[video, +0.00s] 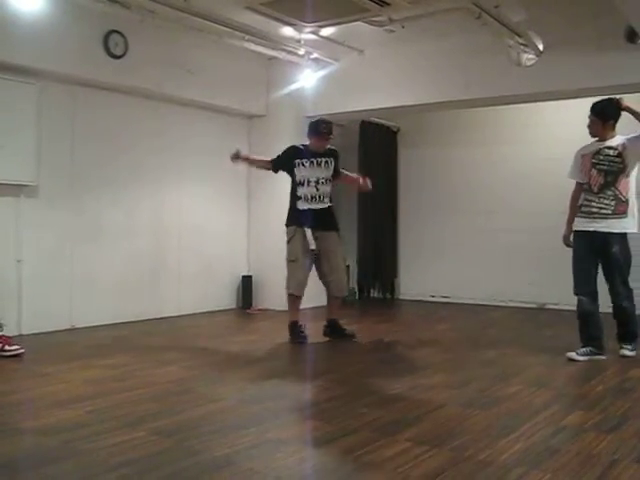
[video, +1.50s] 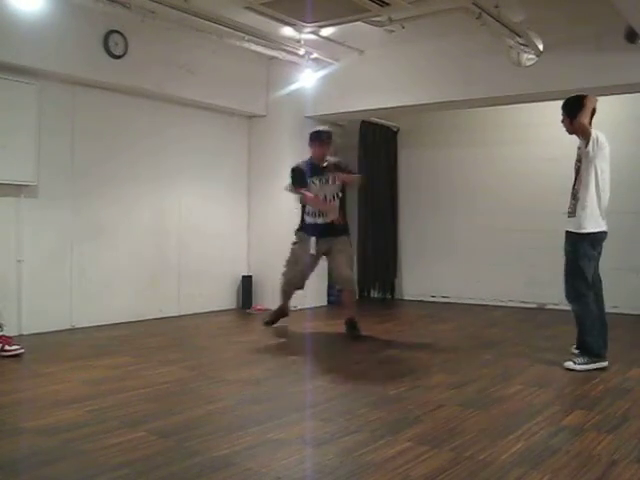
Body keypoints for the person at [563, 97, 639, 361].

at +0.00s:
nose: (588, 124)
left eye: (592, 120)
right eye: (589, 119)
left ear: (607, 122)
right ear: (603, 122)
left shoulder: (627, 148)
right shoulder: (584, 152)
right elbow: (578, 191)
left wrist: (628, 108)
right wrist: (569, 227)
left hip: (614, 232)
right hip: (583, 231)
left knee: (619, 289)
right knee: (585, 292)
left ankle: (629, 340)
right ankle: (592, 345)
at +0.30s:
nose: (577, 120)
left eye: (581, 116)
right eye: (578, 115)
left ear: (594, 118)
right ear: (592, 118)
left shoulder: (616, 143)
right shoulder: (577, 149)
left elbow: (637, 128)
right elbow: (571, 187)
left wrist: (618, 106)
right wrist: (555, 219)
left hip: (602, 225)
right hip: (576, 226)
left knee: (596, 285)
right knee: (578, 289)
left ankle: (616, 345)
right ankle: (591, 345)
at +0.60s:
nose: (573, 118)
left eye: (576, 113)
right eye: (574, 112)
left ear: (588, 115)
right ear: (590, 115)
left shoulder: (612, 142)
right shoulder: (580, 146)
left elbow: (630, 124)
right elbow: (573, 187)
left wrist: (611, 101)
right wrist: (560, 221)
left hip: (595, 226)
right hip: (573, 226)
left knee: (589, 293)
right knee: (576, 292)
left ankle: (596, 356)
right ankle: (587, 350)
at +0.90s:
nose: (570, 114)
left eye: (573, 110)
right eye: (571, 109)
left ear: (586, 111)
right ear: (587, 111)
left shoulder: (609, 138)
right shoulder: (582, 140)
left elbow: (620, 121)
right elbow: (580, 175)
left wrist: (606, 97)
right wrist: (582, 206)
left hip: (598, 226)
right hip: (577, 224)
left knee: (594, 291)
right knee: (571, 288)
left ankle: (597, 355)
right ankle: (587, 348)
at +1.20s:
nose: (568, 120)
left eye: (569, 114)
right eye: (567, 114)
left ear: (582, 113)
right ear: (584, 113)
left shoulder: (602, 140)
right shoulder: (587, 139)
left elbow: (602, 123)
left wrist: (597, 98)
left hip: (593, 228)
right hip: (580, 226)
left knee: (590, 290)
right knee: (579, 288)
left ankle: (596, 355)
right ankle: (588, 346)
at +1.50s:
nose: (564, 126)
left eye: (566, 120)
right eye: (564, 120)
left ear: (577, 118)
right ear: (576, 119)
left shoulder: (595, 143)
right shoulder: (587, 145)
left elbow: (582, 126)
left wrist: (589, 106)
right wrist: (588, 106)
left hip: (587, 229)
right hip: (582, 228)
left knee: (581, 292)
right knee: (587, 290)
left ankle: (594, 354)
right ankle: (589, 347)